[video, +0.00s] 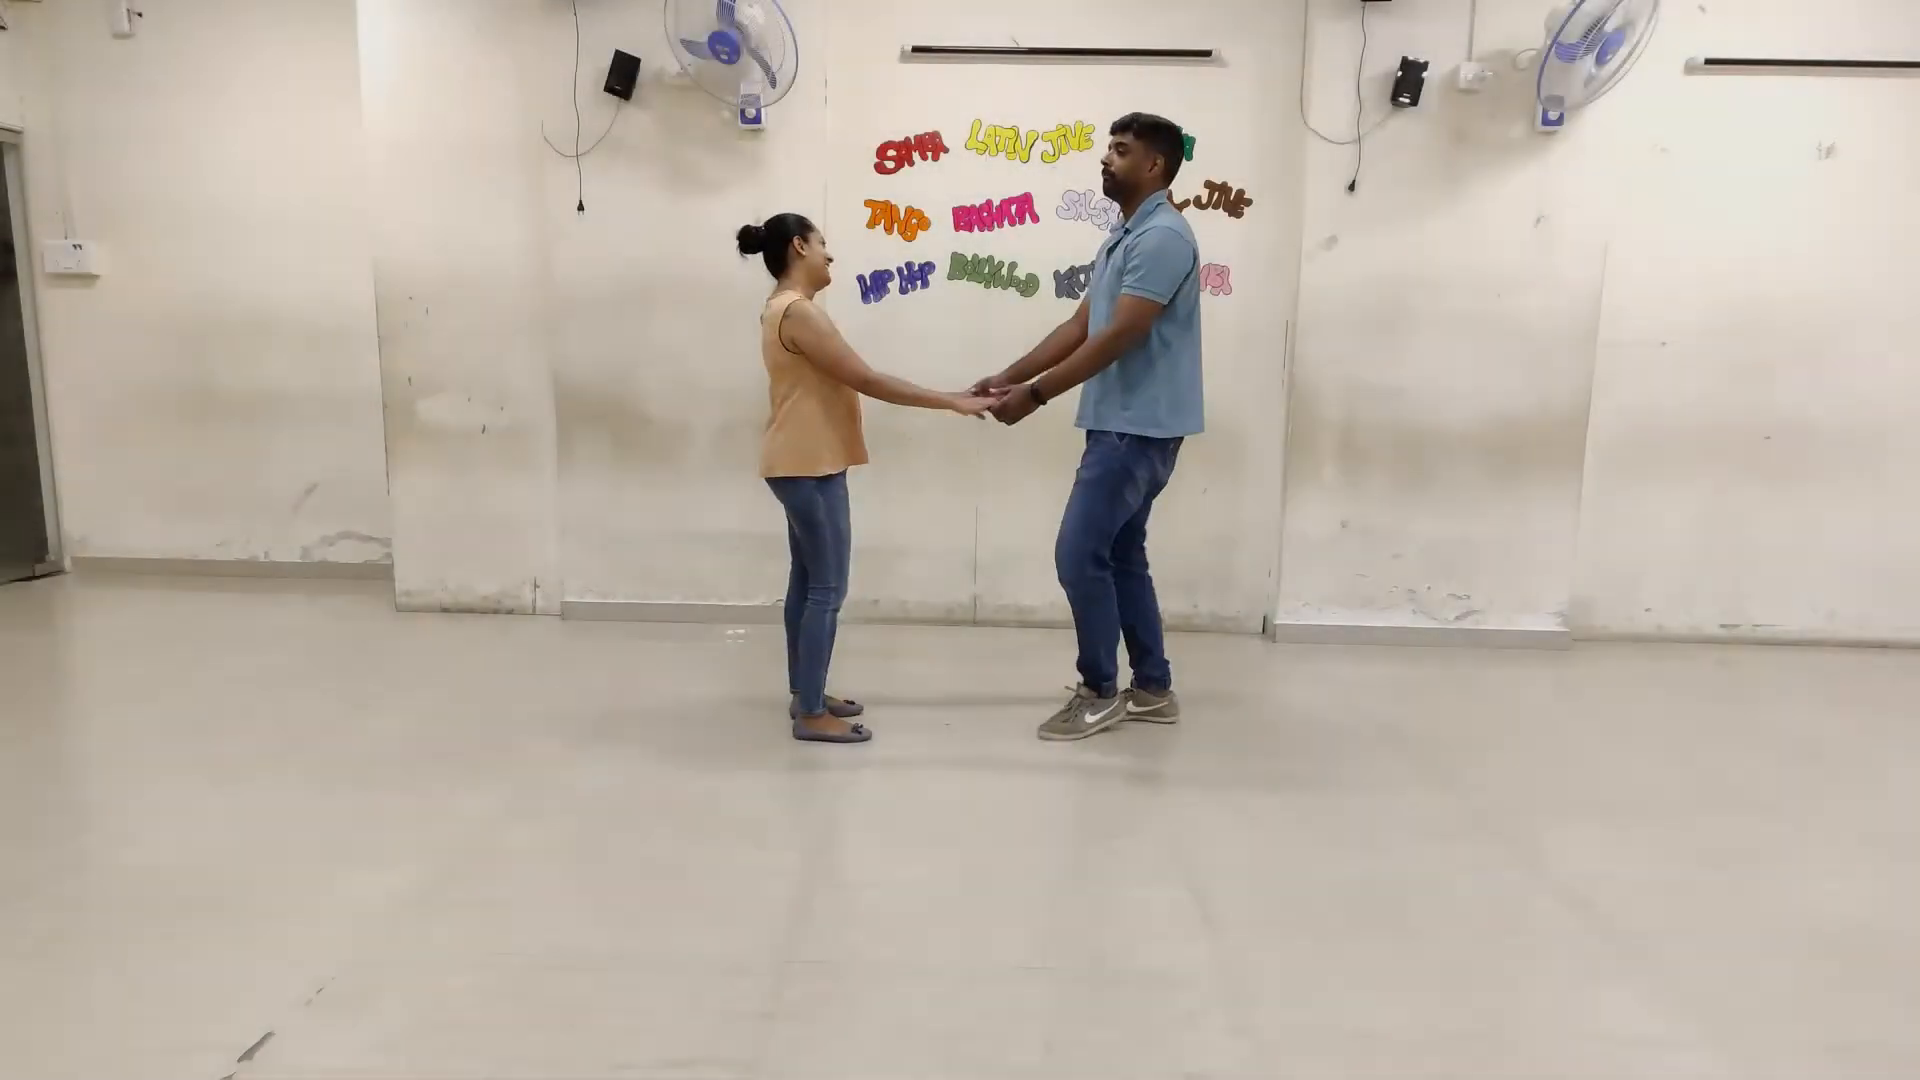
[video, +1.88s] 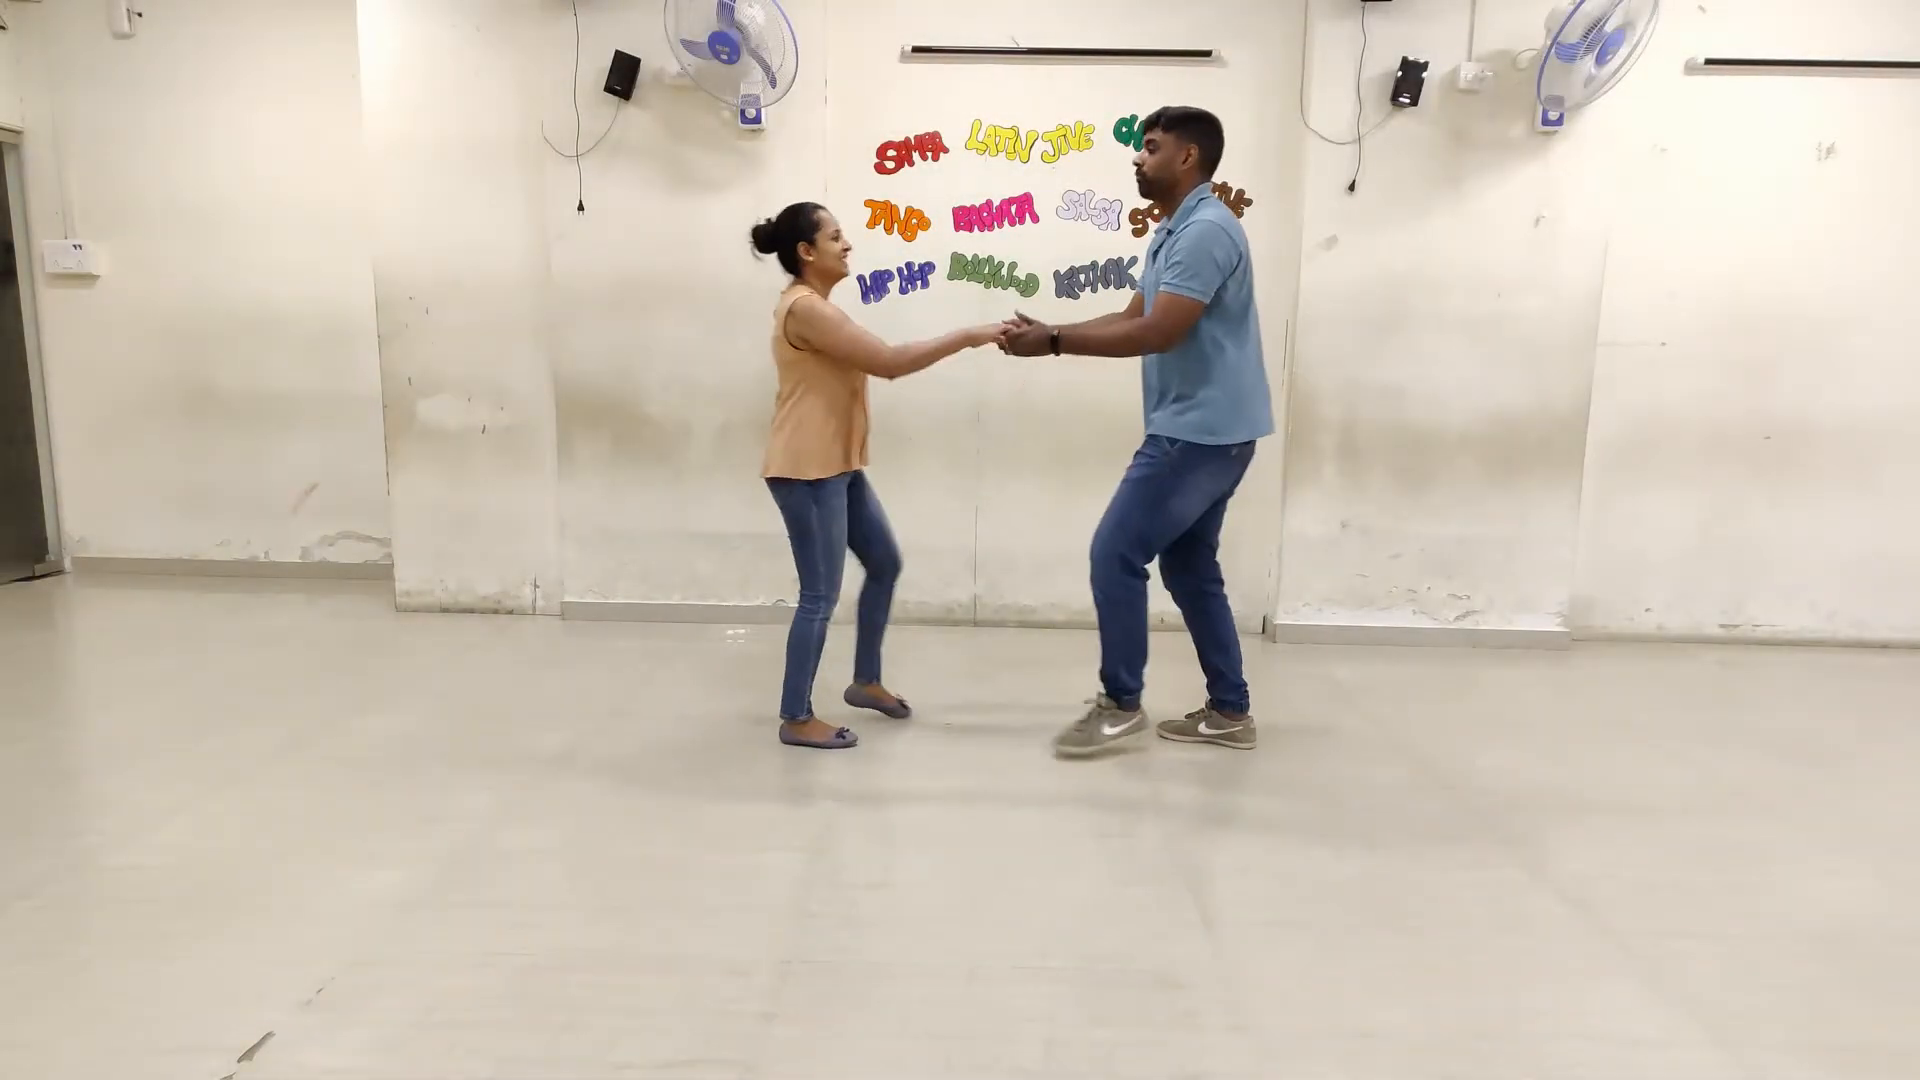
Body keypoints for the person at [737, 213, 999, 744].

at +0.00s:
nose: (830, 254)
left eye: (826, 244)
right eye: (823, 244)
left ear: (793, 251)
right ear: (800, 247)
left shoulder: (783, 310)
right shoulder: (797, 312)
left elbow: (861, 379)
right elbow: (865, 379)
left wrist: (944, 401)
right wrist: (950, 400)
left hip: (801, 463)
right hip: (812, 465)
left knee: (807, 584)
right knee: (827, 591)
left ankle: (807, 693)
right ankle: (812, 714)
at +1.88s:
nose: (847, 244)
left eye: (842, 235)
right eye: (835, 238)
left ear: (813, 251)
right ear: (806, 252)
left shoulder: (817, 305)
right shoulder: (804, 309)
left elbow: (886, 362)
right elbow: (889, 363)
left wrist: (958, 342)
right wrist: (967, 336)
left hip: (839, 468)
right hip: (806, 472)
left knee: (885, 563)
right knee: (820, 593)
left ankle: (867, 683)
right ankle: (795, 718)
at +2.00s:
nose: (873, 250)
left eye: (869, 241)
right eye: (862, 243)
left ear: (840, 257)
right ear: (832, 256)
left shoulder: (842, 312)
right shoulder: (826, 316)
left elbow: (870, 391)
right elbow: (889, 388)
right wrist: (966, 365)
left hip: (856, 476)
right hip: (822, 478)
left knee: (910, 568)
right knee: (842, 600)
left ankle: (897, 692)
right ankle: (798, 719)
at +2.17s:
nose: (919, 264)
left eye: (915, 255)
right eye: (908, 257)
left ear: (884, 271)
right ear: (879, 270)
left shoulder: (890, 335)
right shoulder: (871, 337)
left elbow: (918, 420)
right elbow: (900, 429)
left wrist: (988, 420)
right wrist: (985, 429)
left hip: (903, 493)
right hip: (869, 494)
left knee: (948, 586)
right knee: (877, 614)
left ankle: (925, 706)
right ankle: (802, 714)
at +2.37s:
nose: (961, 240)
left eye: (958, 231)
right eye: (951, 232)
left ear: (928, 245)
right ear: (922, 244)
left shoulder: (935, 306)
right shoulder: (913, 309)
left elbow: (941, 386)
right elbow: (914, 397)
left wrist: (993, 363)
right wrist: (988, 371)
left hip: (946, 467)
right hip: (921, 470)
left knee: (949, 590)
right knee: (948, 592)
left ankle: (926, 703)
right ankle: (886, 697)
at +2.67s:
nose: (944, 250)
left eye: (940, 241)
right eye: (934, 242)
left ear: (905, 252)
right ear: (907, 252)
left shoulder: (906, 310)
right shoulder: (896, 314)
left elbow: (920, 391)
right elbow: (917, 398)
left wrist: (975, 359)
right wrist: (984, 364)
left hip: (918, 472)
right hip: (896, 474)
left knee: (931, 597)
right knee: (923, 599)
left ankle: (924, 706)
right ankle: (836, 697)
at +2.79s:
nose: (903, 266)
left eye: (900, 256)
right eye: (895, 257)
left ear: (863, 264)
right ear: (868, 263)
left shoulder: (851, 319)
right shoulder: (857, 322)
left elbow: (898, 393)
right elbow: (913, 397)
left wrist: (950, 374)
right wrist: (999, 376)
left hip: (871, 484)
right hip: (853, 486)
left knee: (907, 588)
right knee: (862, 613)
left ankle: (924, 707)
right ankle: (779, 721)